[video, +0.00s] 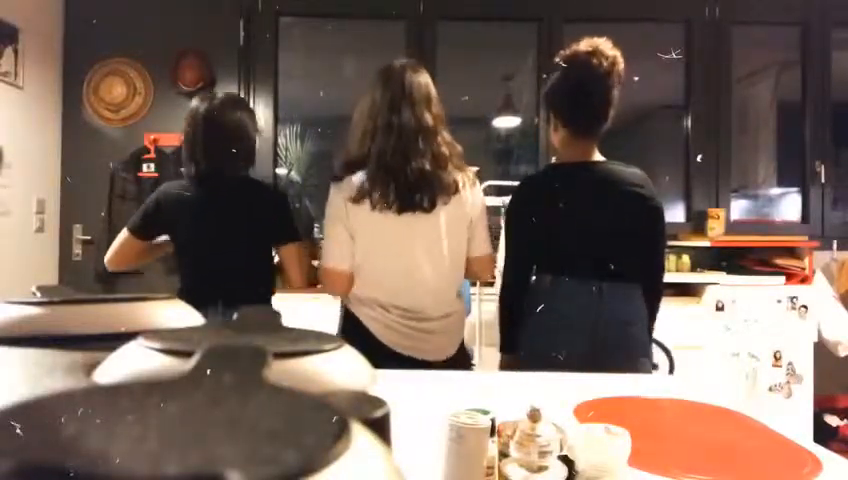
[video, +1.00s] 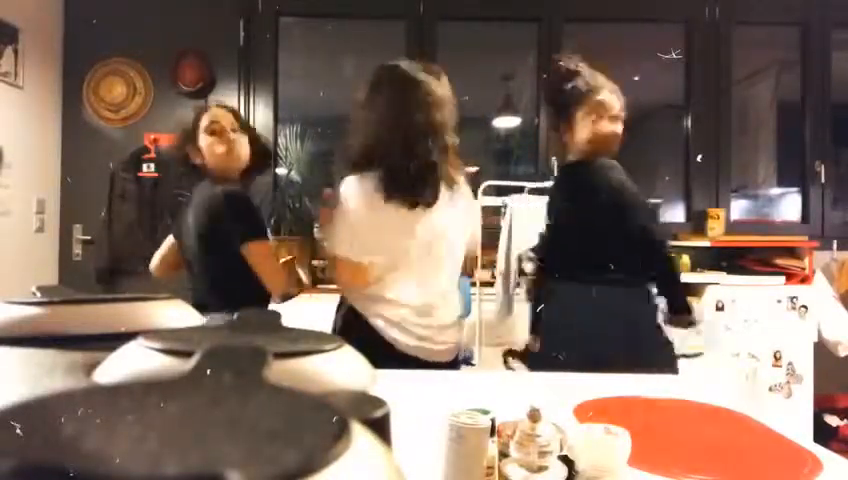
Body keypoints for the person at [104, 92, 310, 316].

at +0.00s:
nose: (256, 141)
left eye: (255, 134)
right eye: (254, 134)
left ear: (191, 142)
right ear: (247, 142)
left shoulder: (172, 197)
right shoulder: (269, 200)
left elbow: (115, 260)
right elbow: (299, 281)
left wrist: (171, 242)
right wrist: (271, 258)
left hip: (191, 338)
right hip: (256, 339)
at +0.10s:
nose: (253, 146)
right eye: (250, 139)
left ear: (187, 148)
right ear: (245, 146)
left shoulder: (169, 202)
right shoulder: (269, 203)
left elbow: (114, 265)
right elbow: (298, 281)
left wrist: (168, 248)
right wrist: (267, 259)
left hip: (190, 338)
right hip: (255, 339)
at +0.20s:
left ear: (187, 154)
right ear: (245, 152)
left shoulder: (168, 211)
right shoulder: (269, 210)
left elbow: (113, 274)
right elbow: (296, 287)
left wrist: (165, 257)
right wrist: (263, 266)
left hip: (194, 346)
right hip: (258, 346)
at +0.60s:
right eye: (247, 151)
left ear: (192, 166)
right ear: (246, 162)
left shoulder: (182, 222)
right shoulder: (273, 212)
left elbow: (135, 289)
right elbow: (297, 289)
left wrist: (172, 278)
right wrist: (266, 279)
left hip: (204, 345)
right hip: (263, 342)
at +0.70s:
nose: (250, 143)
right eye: (245, 137)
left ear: (184, 156)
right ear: (237, 150)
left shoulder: (177, 214)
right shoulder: (263, 207)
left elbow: (131, 283)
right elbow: (292, 284)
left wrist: (183, 266)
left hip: (198, 340)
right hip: (257, 341)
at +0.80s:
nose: (240, 145)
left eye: (237, 137)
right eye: (229, 138)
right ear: (201, 150)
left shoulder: (185, 209)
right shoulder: (240, 204)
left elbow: (133, 274)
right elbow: (286, 288)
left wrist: (180, 252)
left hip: (206, 334)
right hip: (251, 335)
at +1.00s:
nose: (229, 137)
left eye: (236, 130)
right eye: (214, 131)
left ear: (249, 143)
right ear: (195, 153)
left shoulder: (197, 199)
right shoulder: (232, 200)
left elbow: (160, 267)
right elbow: (279, 285)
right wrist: (292, 269)